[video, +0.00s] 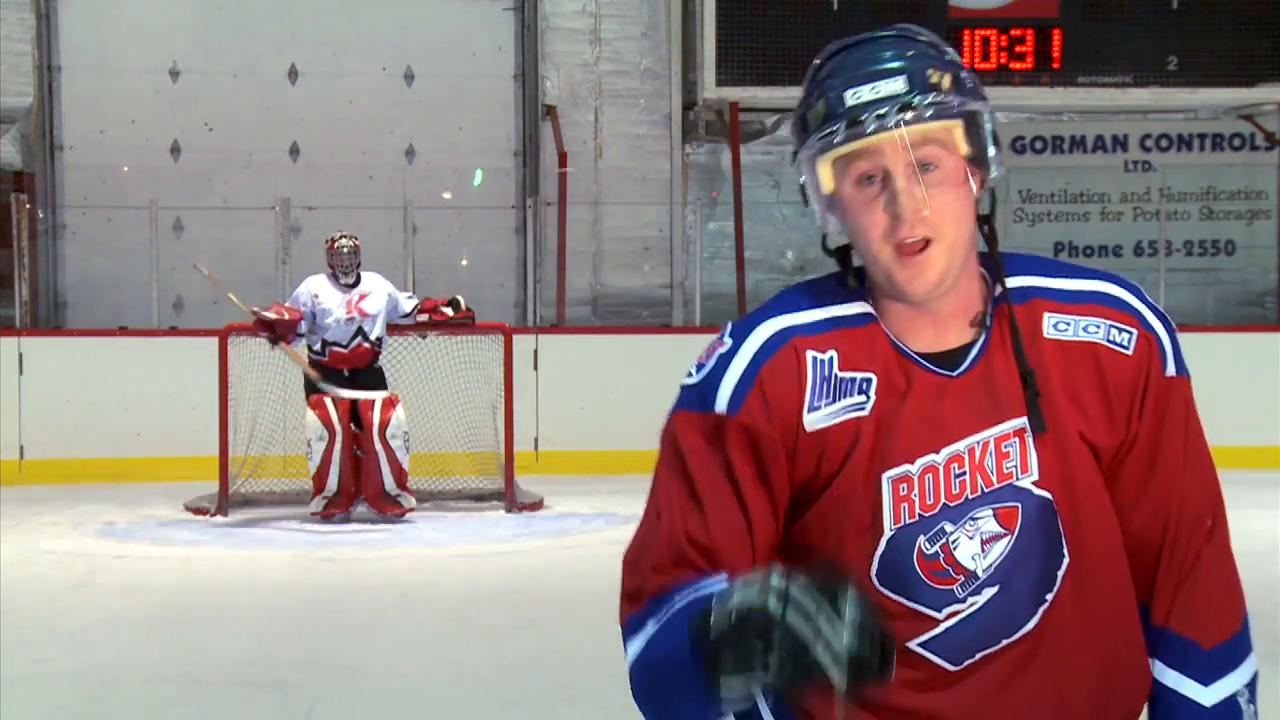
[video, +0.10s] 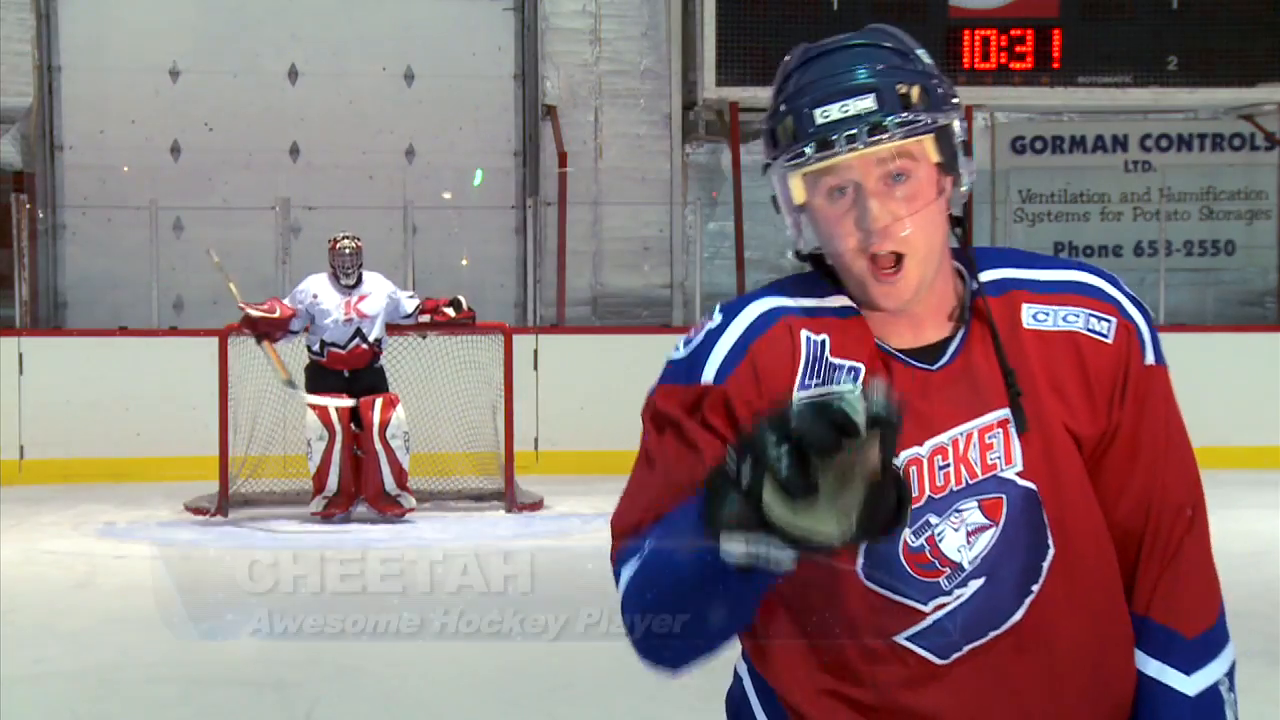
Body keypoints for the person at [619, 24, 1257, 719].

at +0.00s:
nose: (906, 209)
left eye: (927, 166)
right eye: (868, 180)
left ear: (976, 174)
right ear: (830, 207)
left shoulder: (1118, 335)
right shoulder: (763, 372)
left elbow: (1196, 600)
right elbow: (665, 618)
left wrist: (1207, 710)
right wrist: (747, 633)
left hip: (1096, 707)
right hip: (867, 706)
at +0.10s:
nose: (876, 218)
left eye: (898, 174)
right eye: (838, 190)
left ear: (949, 179)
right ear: (801, 211)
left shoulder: (1092, 323)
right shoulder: (743, 359)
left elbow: (1177, 594)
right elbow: (658, 627)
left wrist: (1184, 710)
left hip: (1078, 708)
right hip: (827, 710)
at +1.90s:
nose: (879, 174)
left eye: (906, 140)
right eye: (843, 150)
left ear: (954, 164)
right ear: (806, 185)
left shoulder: (1081, 320)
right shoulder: (738, 374)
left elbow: (1209, 564)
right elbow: (640, 643)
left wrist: (1274, 692)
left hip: (1070, 704)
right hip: (828, 709)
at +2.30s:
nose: (883, 184)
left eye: (910, 151)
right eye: (850, 162)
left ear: (960, 170)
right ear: (813, 197)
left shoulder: (1079, 332)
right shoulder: (738, 372)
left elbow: (1190, 590)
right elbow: (621, 648)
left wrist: (1258, 703)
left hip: (1056, 704)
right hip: (814, 708)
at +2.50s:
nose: (884, 176)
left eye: (911, 144)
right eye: (851, 153)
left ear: (959, 170)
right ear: (812, 187)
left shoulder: (1080, 327)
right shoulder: (747, 368)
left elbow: (1198, 581)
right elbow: (635, 645)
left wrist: (1268, 700)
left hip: (1068, 708)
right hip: (828, 715)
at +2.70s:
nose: (912, 150)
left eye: (943, 127)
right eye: (884, 126)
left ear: (985, 166)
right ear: (841, 161)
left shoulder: (1094, 329)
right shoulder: (754, 359)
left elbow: (1217, 581)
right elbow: (657, 637)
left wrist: (1275, 697)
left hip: (1076, 704)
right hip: (841, 711)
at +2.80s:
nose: (938, 155)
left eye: (969, 131)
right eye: (911, 125)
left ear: (1006, 175)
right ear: (862, 158)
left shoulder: (1102, 327)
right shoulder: (767, 348)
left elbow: (1233, 578)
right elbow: (670, 630)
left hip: (1079, 704)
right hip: (846, 709)